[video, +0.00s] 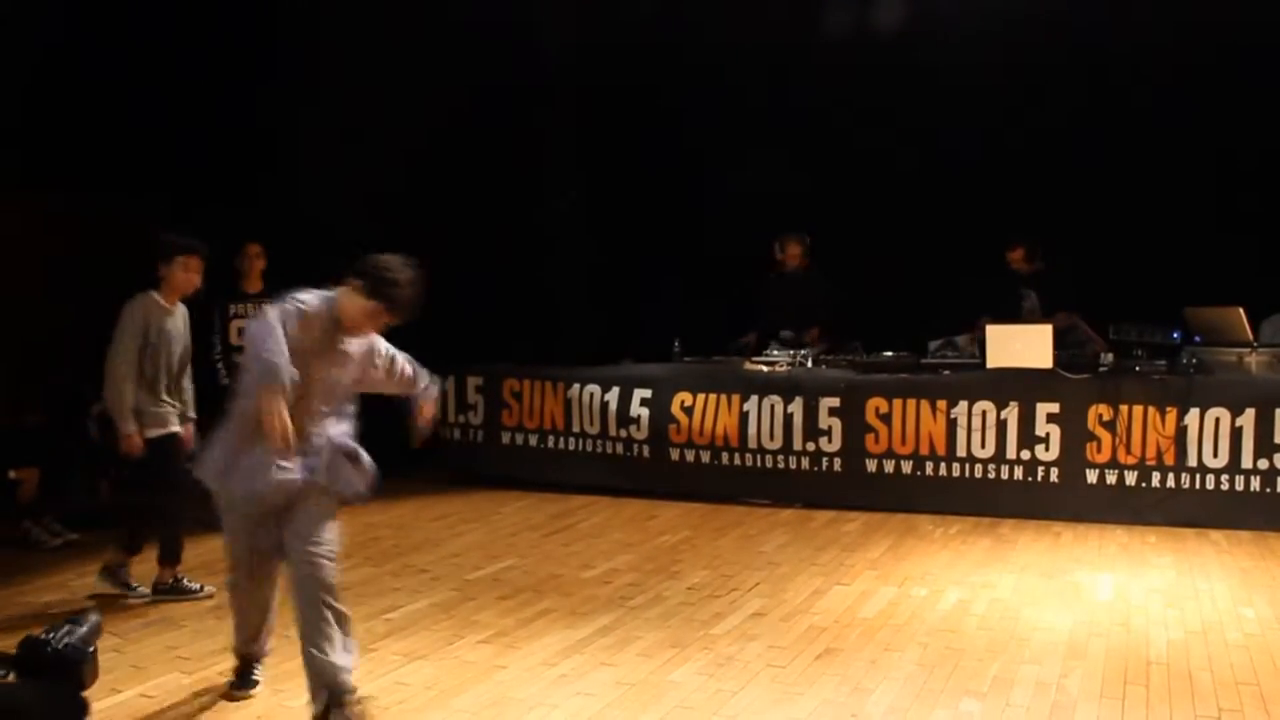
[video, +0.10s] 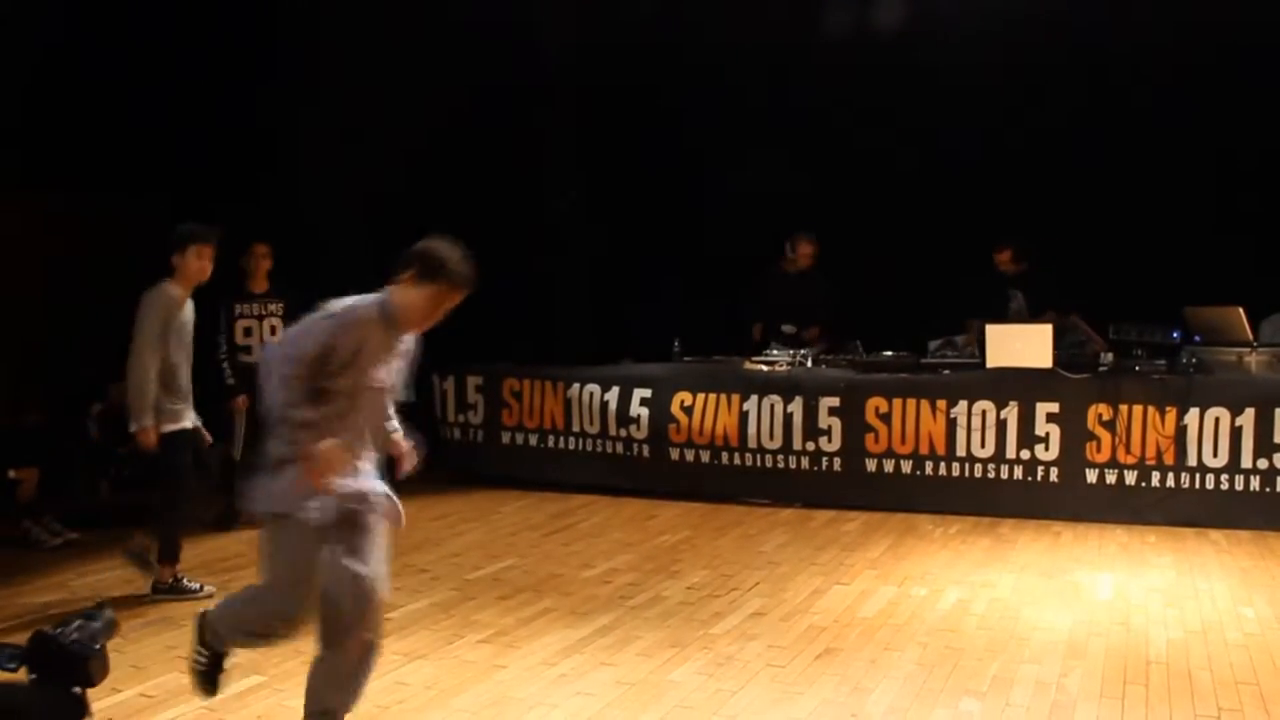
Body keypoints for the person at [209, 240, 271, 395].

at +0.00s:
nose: (252, 262)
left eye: (258, 256)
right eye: (247, 256)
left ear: (264, 261)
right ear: (239, 261)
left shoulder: (275, 298)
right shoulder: (224, 299)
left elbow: (287, 340)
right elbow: (217, 344)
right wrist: (224, 380)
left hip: (271, 379)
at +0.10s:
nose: (260, 263)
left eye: (265, 257)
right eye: (255, 257)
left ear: (272, 262)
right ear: (245, 261)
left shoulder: (281, 299)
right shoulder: (231, 299)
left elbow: (292, 342)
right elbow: (222, 350)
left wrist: (289, 379)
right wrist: (234, 388)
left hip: (275, 379)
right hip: (243, 382)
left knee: (273, 439)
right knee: (239, 448)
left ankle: (270, 500)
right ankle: (235, 504)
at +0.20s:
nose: (265, 263)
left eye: (269, 257)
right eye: (260, 257)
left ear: (276, 262)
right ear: (250, 262)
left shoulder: (286, 299)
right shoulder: (236, 299)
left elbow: (300, 345)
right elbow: (224, 349)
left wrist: (300, 385)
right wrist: (236, 386)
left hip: (280, 382)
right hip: (248, 383)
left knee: (277, 446)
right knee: (242, 447)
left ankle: (275, 503)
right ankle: (234, 505)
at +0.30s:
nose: (260, 262)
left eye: (265, 257)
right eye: (255, 257)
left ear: (272, 262)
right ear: (246, 261)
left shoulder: (282, 300)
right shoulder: (232, 299)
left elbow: (295, 346)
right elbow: (220, 347)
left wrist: (293, 386)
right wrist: (231, 386)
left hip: (274, 384)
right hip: (243, 385)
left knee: (271, 447)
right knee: (239, 449)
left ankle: (268, 505)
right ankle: (235, 508)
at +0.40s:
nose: (245, 261)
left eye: (250, 256)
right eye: (240, 256)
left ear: (257, 261)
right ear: (231, 260)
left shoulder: (267, 298)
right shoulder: (216, 297)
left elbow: (280, 346)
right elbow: (208, 346)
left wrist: (277, 386)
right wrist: (217, 386)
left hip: (258, 383)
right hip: (227, 384)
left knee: (255, 447)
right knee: (227, 448)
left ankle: (253, 505)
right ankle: (229, 509)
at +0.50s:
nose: (234, 262)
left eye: (235, 256)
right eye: (229, 256)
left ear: (238, 261)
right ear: (217, 261)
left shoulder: (247, 299)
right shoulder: (200, 299)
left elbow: (260, 345)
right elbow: (192, 345)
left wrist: (257, 385)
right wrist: (202, 385)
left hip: (240, 381)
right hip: (210, 380)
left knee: (239, 444)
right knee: (214, 443)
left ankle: (236, 500)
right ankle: (218, 502)